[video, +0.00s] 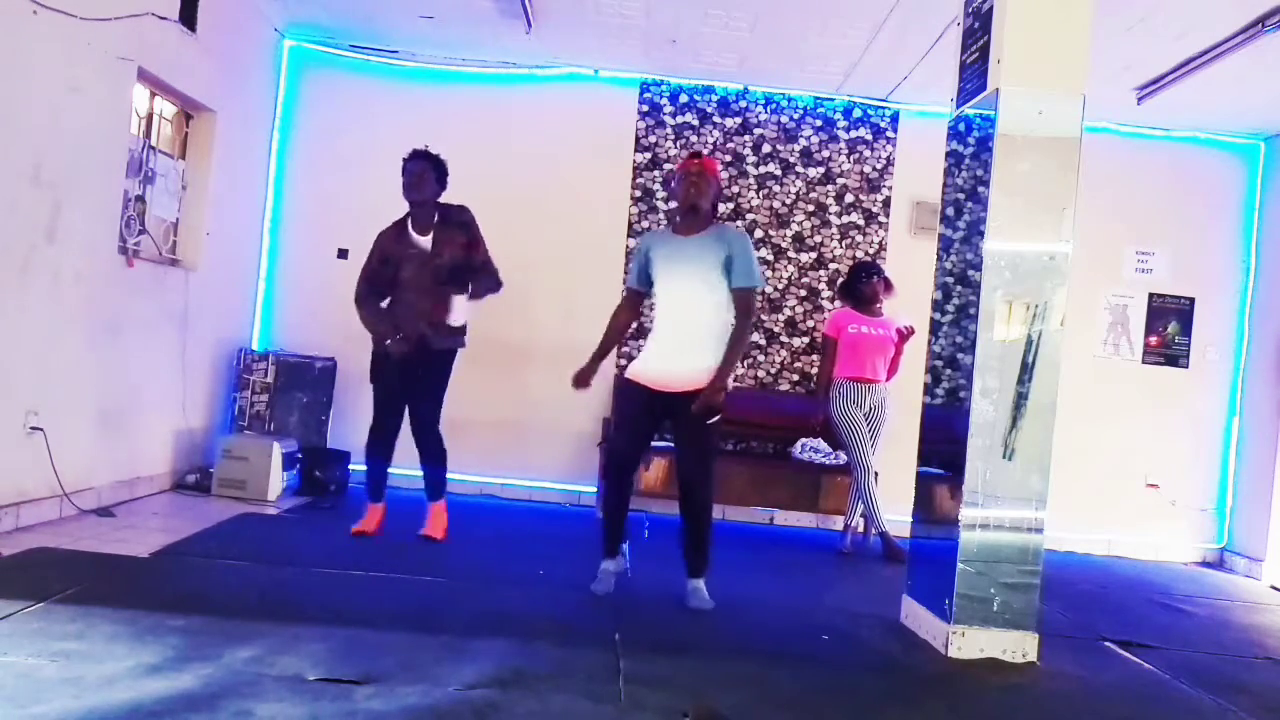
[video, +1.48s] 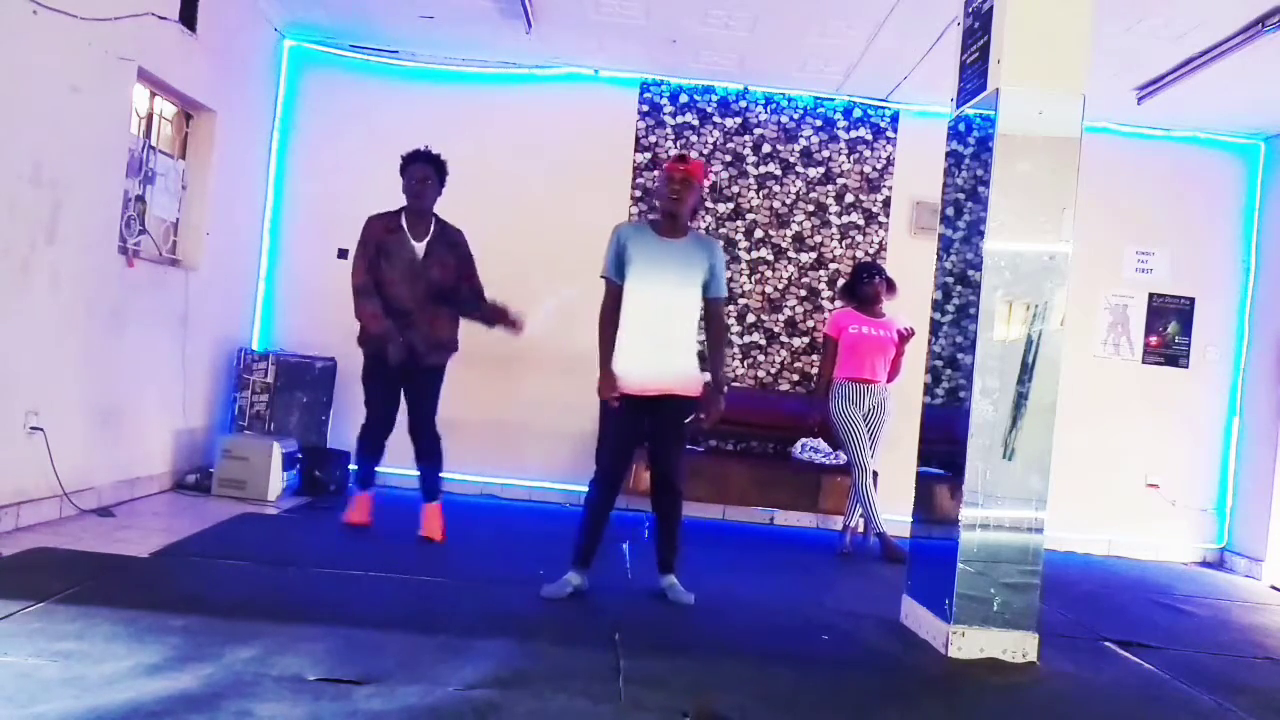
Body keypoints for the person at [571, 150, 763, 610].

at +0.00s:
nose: (691, 186)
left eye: (700, 180)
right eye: (685, 179)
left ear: (716, 191)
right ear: (674, 188)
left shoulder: (733, 241)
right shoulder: (652, 243)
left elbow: (746, 315)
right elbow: (629, 307)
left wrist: (721, 379)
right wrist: (594, 361)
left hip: (700, 386)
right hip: (642, 381)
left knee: (696, 486)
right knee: (617, 469)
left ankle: (696, 579)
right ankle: (612, 559)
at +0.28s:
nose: (677, 186)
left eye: (688, 180)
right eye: (672, 179)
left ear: (708, 191)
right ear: (663, 189)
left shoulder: (725, 237)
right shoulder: (657, 246)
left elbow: (736, 311)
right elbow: (655, 313)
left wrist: (735, 380)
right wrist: (641, 365)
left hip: (700, 378)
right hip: (649, 373)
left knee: (694, 482)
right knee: (613, 463)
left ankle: (698, 580)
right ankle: (579, 561)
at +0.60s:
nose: (644, 187)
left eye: (653, 180)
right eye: (638, 179)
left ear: (669, 188)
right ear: (627, 187)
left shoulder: (692, 241)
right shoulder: (608, 245)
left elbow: (700, 314)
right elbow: (601, 315)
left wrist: (687, 376)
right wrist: (594, 379)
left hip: (665, 388)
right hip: (613, 385)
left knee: (676, 486)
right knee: (601, 480)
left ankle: (690, 578)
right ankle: (578, 571)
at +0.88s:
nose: (627, 183)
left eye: (636, 176)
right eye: (621, 176)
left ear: (654, 186)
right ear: (609, 185)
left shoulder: (674, 238)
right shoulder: (587, 235)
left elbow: (680, 307)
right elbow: (557, 302)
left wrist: (679, 364)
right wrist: (538, 367)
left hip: (654, 381)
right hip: (599, 382)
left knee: (662, 480)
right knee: (593, 479)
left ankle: (662, 567)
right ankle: (578, 570)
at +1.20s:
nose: (644, 183)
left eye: (653, 177)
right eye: (638, 176)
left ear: (669, 189)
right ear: (626, 184)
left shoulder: (684, 241)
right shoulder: (601, 232)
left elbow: (692, 312)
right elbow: (588, 300)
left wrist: (698, 378)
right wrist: (595, 355)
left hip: (660, 385)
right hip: (608, 383)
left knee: (663, 482)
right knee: (595, 479)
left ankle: (670, 574)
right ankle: (577, 570)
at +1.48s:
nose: (674, 189)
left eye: (684, 184)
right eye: (669, 181)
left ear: (699, 196)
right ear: (658, 188)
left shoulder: (709, 250)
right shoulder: (627, 236)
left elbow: (716, 322)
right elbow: (610, 306)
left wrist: (717, 386)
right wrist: (605, 368)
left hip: (678, 387)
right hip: (626, 382)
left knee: (668, 484)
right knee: (606, 479)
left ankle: (668, 574)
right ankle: (578, 571)